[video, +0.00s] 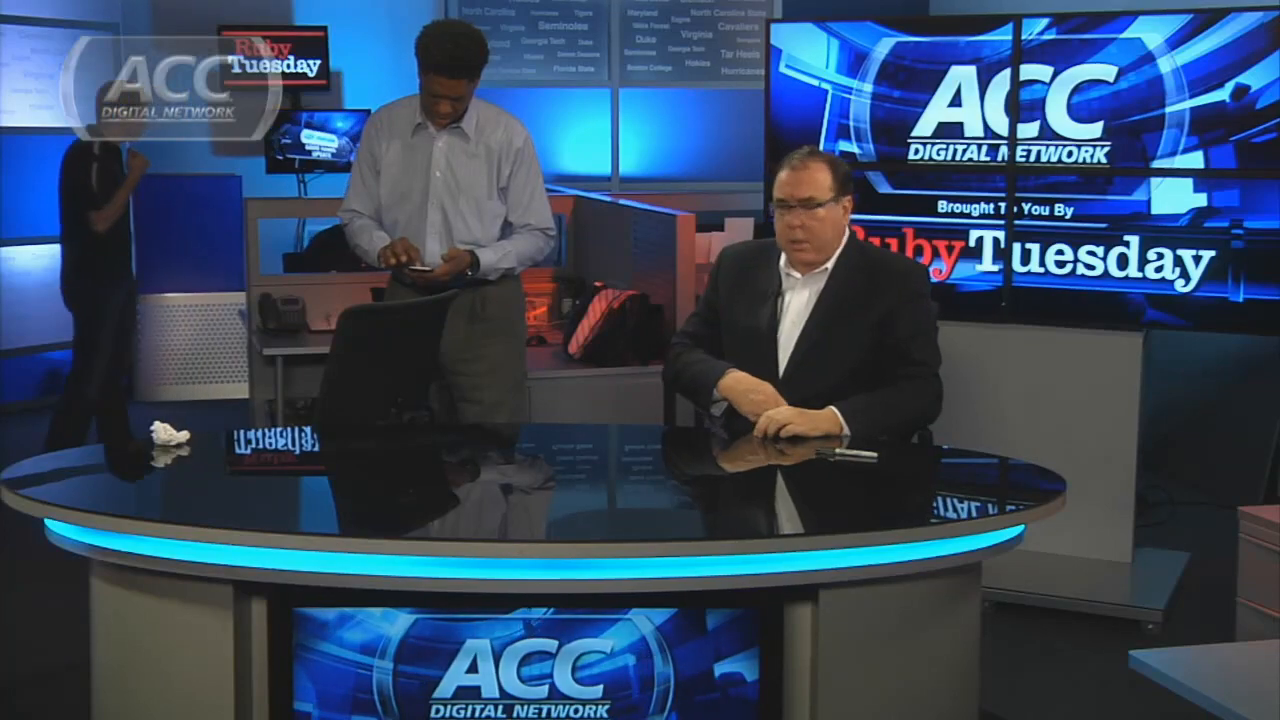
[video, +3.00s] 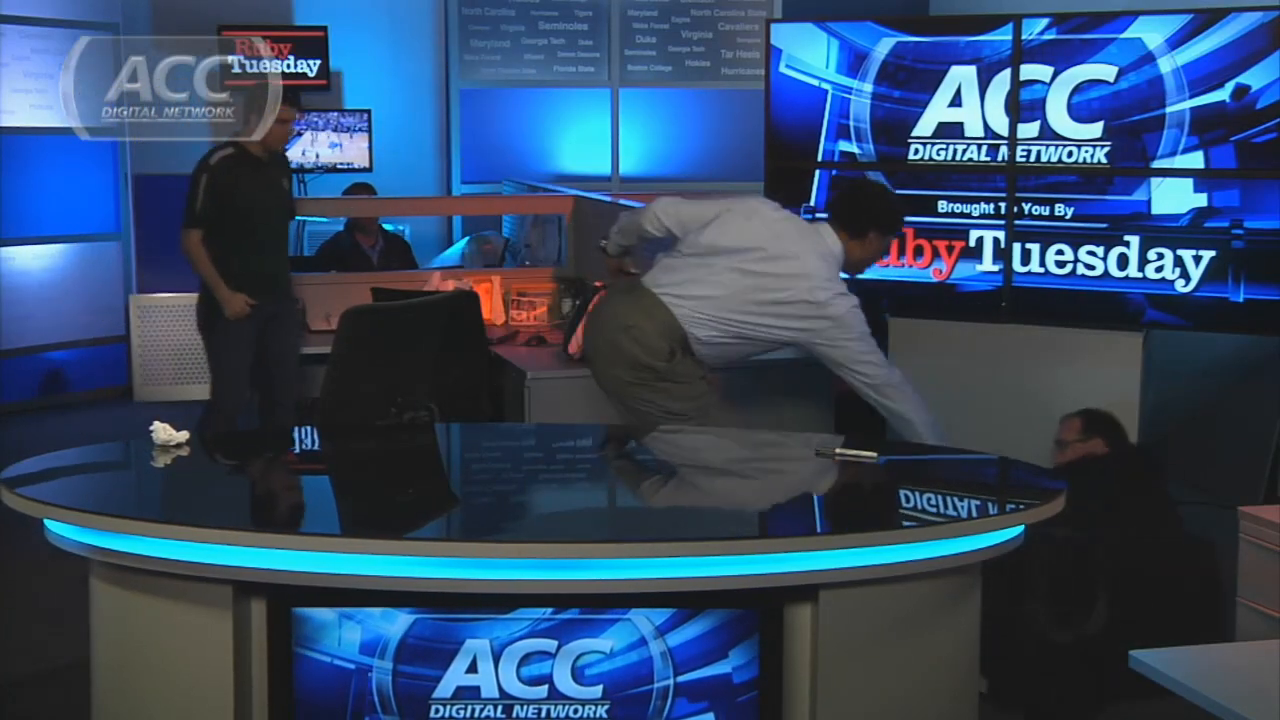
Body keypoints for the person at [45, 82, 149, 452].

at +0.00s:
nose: (140, 120)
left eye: (140, 113)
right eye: (133, 112)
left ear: (110, 112)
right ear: (112, 112)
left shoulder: (109, 155)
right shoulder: (86, 155)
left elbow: (106, 227)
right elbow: (99, 222)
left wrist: (121, 277)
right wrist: (133, 177)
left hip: (113, 279)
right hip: (92, 282)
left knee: (114, 370)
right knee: (93, 371)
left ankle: (123, 457)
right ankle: (59, 461)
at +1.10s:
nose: (143, 123)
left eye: (145, 115)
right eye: (137, 114)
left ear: (121, 116)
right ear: (113, 113)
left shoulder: (115, 157)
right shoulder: (84, 154)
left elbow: (113, 222)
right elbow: (81, 226)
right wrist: (145, 241)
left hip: (124, 281)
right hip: (90, 284)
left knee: (142, 371)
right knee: (87, 374)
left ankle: (138, 457)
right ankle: (55, 463)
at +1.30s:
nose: (164, 123)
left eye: (164, 114)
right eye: (156, 113)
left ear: (147, 117)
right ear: (132, 113)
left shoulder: (138, 158)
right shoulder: (102, 155)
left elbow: (139, 227)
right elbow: (94, 226)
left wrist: (151, 281)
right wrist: (115, 289)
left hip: (145, 282)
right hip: (112, 284)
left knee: (150, 376)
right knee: (117, 374)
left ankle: (143, 465)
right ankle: (67, 460)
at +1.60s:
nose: (178, 121)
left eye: (182, 114)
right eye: (171, 113)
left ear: (185, 117)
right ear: (151, 113)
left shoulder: (173, 162)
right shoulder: (118, 155)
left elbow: (170, 237)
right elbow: (83, 220)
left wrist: (184, 289)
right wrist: (81, 281)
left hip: (165, 285)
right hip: (123, 284)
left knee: (155, 379)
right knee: (136, 379)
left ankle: (148, 463)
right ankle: (128, 461)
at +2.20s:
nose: (181, 121)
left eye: (186, 112)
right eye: (172, 112)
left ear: (192, 115)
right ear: (154, 114)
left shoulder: (197, 157)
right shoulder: (124, 161)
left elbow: (207, 224)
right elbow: (104, 235)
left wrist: (218, 284)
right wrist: (122, 292)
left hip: (198, 290)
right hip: (149, 295)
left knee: (206, 383)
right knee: (159, 388)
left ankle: (199, 458)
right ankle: (165, 470)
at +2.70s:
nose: (232, 128)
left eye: (233, 119)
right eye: (224, 119)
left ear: (231, 121)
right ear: (199, 119)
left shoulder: (232, 164)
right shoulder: (161, 168)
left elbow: (244, 231)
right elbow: (145, 242)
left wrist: (251, 292)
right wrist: (178, 293)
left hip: (232, 300)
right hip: (181, 304)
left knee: (251, 394)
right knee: (181, 402)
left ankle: (259, 474)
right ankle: (181, 481)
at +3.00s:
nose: (290, 131)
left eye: (293, 123)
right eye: (283, 122)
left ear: (289, 125)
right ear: (259, 120)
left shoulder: (279, 165)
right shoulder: (217, 165)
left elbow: (276, 236)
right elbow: (191, 239)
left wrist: (285, 293)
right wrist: (225, 296)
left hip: (276, 304)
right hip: (231, 306)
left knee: (280, 396)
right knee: (230, 398)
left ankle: (276, 474)